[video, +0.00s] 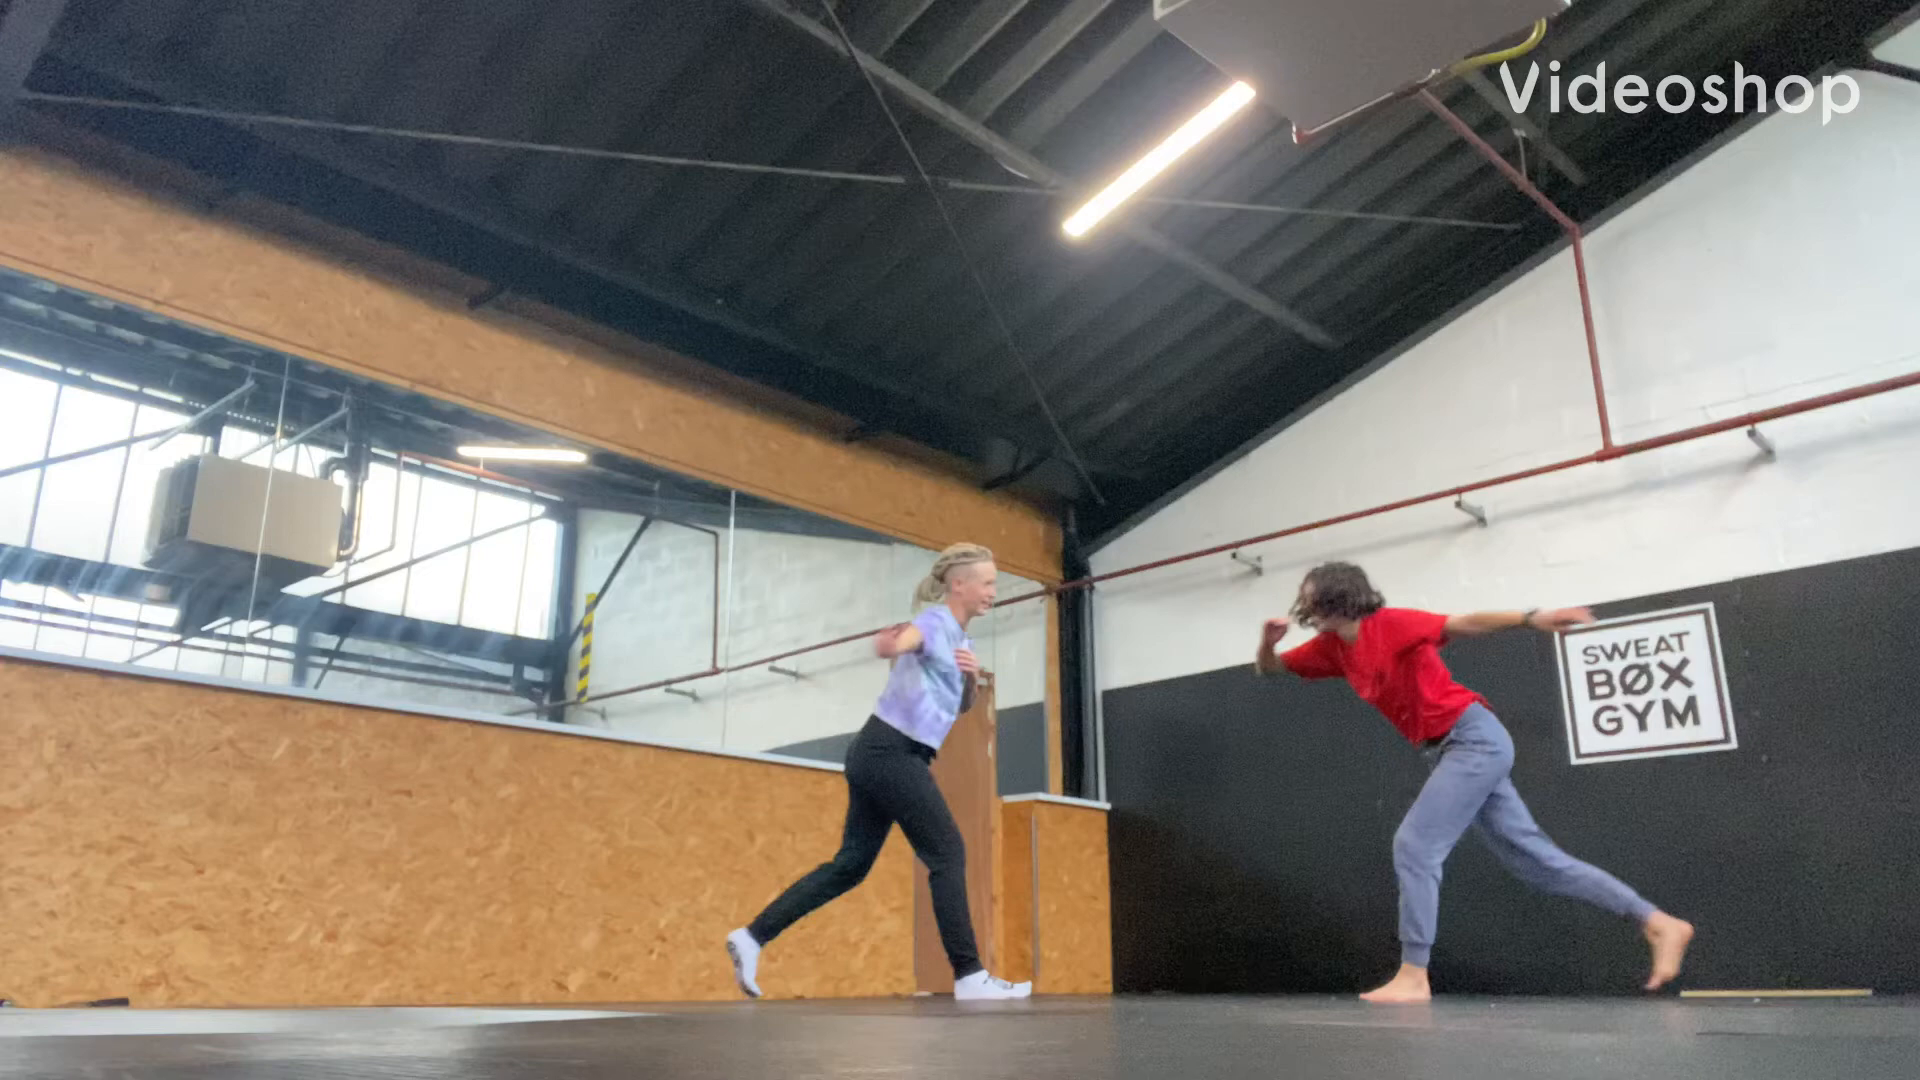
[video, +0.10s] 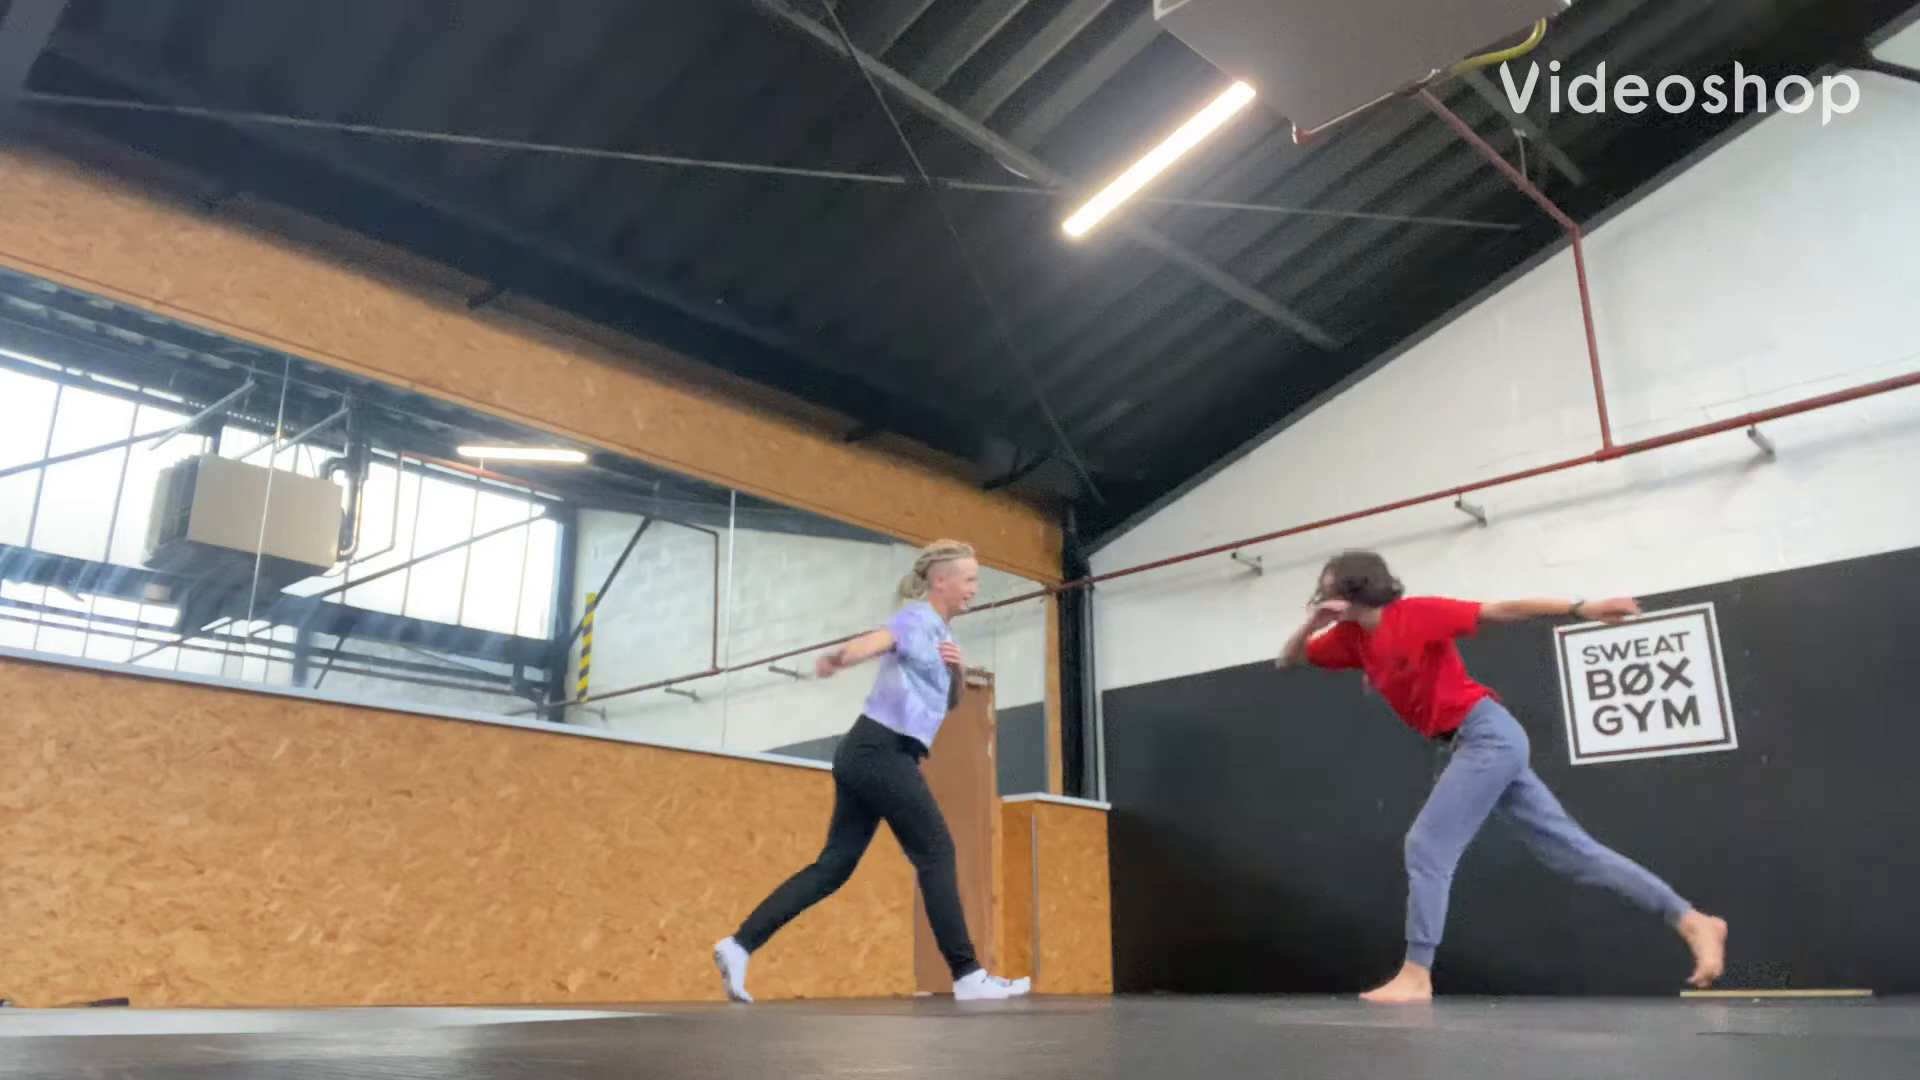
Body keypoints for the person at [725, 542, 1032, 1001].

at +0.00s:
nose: (994, 594)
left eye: (995, 585)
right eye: (988, 584)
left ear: (969, 587)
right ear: (957, 585)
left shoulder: (958, 637)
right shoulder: (935, 621)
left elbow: (963, 706)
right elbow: (899, 643)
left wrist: (973, 681)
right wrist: (892, 644)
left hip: (889, 754)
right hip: (889, 753)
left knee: (850, 865)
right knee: (947, 852)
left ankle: (751, 938)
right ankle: (970, 977)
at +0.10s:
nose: (974, 590)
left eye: (975, 581)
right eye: (967, 581)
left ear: (947, 584)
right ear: (938, 581)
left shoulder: (940, 634)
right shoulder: (918, 619)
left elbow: (949, 703)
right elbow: (879, 641)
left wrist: (958, 672)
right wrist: (843, 656)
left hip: (873, 753)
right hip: (881, 752)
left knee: (834, 867)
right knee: (936, 851)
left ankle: (739, 946)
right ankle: (968, 977)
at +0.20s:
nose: (949, 596)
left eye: (950, 588)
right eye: (943, 587)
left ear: (920, 590)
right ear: (915, 588)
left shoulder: (910, 641)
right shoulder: (888, 626)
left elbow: (920, 713)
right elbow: (834, 664)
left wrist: (930, 675)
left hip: (846, 763)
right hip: (863, 762)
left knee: (809, 876)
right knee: (933, 852)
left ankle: (715, 959)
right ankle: (968, 977)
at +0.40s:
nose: (939, 605)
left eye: (941, 596)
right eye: (932, 595)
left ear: (914, 598)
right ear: (902, 594)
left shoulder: (902, 652)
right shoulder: (870, 636)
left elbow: (892, 727)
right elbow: (824, 693)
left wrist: (914, 703)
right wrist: (786, 751)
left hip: (843, 773)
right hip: (854, 769)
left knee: (806, 885)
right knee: (941, 846)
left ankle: (710, 965)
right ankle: (969, 974)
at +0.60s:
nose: (989, 598)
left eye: (990, 589)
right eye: (982, 589)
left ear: (969, 594)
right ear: (952, 591)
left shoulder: (971, 648)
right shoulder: (922, 634)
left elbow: (992, 711)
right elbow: (878, 686)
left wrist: (988, 668)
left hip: (896, 761)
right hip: (894, 757)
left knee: (845, 873)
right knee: (965, 848)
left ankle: (743, 948)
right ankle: (971, 978)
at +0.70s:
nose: (1030, 613)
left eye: (1030, 605)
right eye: (1024, 603)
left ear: (1002, 609)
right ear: (997, 605)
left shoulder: (994, 662)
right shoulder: (961, 640)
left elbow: (990, 729)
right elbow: (931, 690)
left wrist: (1002, 701)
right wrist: (982, 690)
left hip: (912, 765)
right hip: (905, 759)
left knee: (898, 885)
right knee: (977, 850)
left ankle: (793, 930)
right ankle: (972, 978)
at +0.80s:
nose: (1057, 640)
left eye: (1057, 631)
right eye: (1052, 630)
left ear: (1029, 632)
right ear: (1028, 631)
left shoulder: (1001, 674)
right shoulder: (989, 656)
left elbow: (956, 726)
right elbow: (1013, 693)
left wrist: (995, 745)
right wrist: (1084, 676)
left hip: (912, 769)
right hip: (914, 766)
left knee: (949, 879)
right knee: (987, 850)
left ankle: (855, 937)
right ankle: (973, 978)